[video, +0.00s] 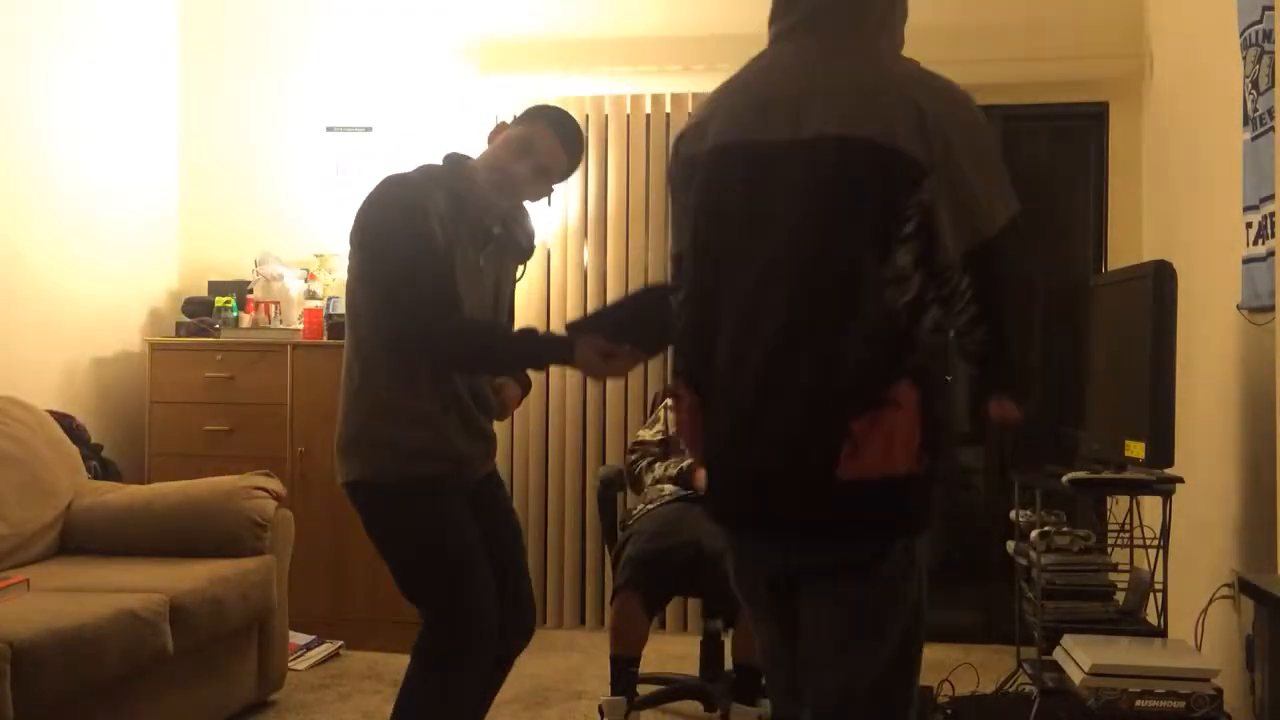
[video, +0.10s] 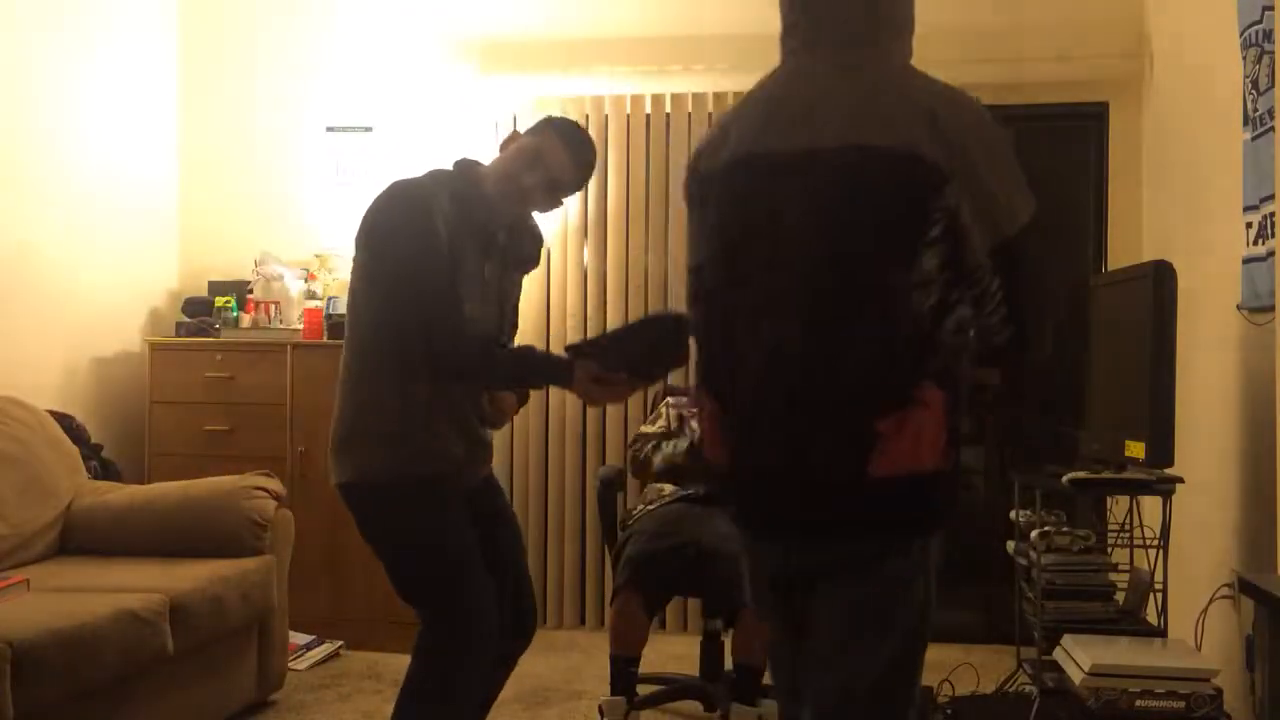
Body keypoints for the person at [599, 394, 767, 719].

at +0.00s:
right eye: (676, 399)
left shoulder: (736, 420)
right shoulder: (673, 400)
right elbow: (639, 464)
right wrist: (690, 471)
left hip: (728, 507)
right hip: (665, 503)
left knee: (750, 586)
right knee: (632, 580)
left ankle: (747, 694)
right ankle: (622, 692)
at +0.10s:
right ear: (700, 375)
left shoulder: (744, 416)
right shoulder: (674, 405)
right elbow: (639, 456)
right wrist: (694, 444)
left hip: (729, 507)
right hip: (665, 503)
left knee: (752, 593)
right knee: (632, 581)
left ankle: (744, 702)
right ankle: (622, 694)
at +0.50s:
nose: (737, 360)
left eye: (747, 354)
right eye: (727, 353)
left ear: (758, 368)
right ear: (712, 365)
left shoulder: (773, 406)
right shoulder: (688, 400)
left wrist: (773, 374)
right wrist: (708, 363)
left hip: (749, 504)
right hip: (682, 500)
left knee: (755, 577)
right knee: (637, 564)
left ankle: (743, 702)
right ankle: (621, 693)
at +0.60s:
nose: (745, 360)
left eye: (752, 356)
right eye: (734, 353)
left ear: (759, 371)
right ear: (716, 370)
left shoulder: (776, 409)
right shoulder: (690, 404)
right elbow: (673, 392)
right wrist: (718, 358)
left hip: (750, 506)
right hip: (680, 502)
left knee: (757, 578)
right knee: (638, 566)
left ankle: (744, 703)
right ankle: (621, 695)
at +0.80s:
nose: (738, 357)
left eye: (746, 355)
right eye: (730, 352)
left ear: (756, 370)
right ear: (714, 370)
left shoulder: (781, 411)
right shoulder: (691, 404)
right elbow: (671, 397)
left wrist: (817, 462)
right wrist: (712, 359)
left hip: (750, 506)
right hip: (680, 502)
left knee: (756, 578)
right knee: (637, 566)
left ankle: (744, 703)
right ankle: (621, 695)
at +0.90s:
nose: (737, 350)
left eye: (745, 350)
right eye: (728, 348)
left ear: (755, 370)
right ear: (713, 370)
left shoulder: (780, 410)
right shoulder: (690, 404)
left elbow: (812, 453)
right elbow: (672, 396)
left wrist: (818, 462)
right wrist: (711, 360)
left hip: (750, 505)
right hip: (681, 501)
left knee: (756, 577)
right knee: (637, 565)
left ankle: (744, 703)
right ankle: (621, 695)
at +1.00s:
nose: (731, 354)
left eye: (739, 352)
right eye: (723, 351)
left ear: (754, 371)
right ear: (710, 370)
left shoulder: (780, 410)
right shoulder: (691, 403)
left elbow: (812, 451)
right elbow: (672, 403)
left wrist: (818, 460)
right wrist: (710, 365)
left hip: (750, 505)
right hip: (681, 501)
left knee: (756, 577)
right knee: (637, 565)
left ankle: (744, 703)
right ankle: (621, 695)